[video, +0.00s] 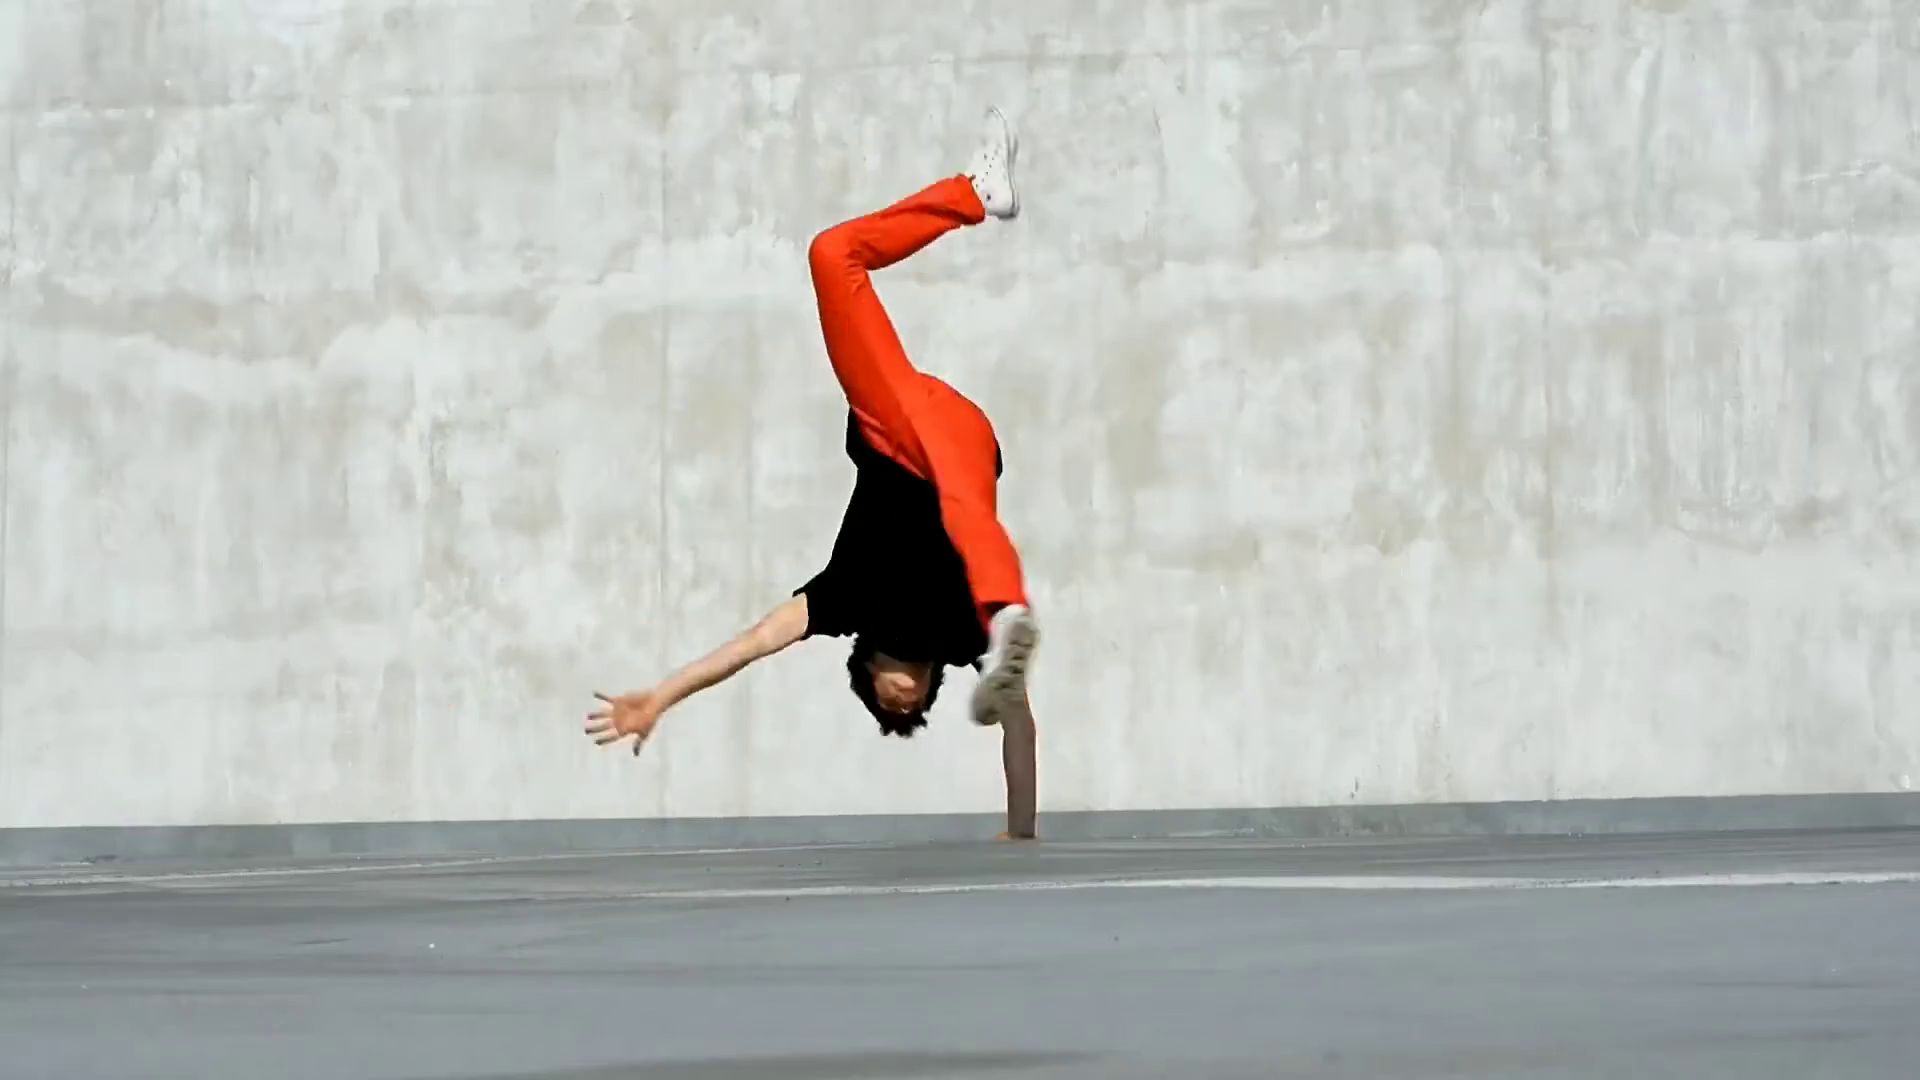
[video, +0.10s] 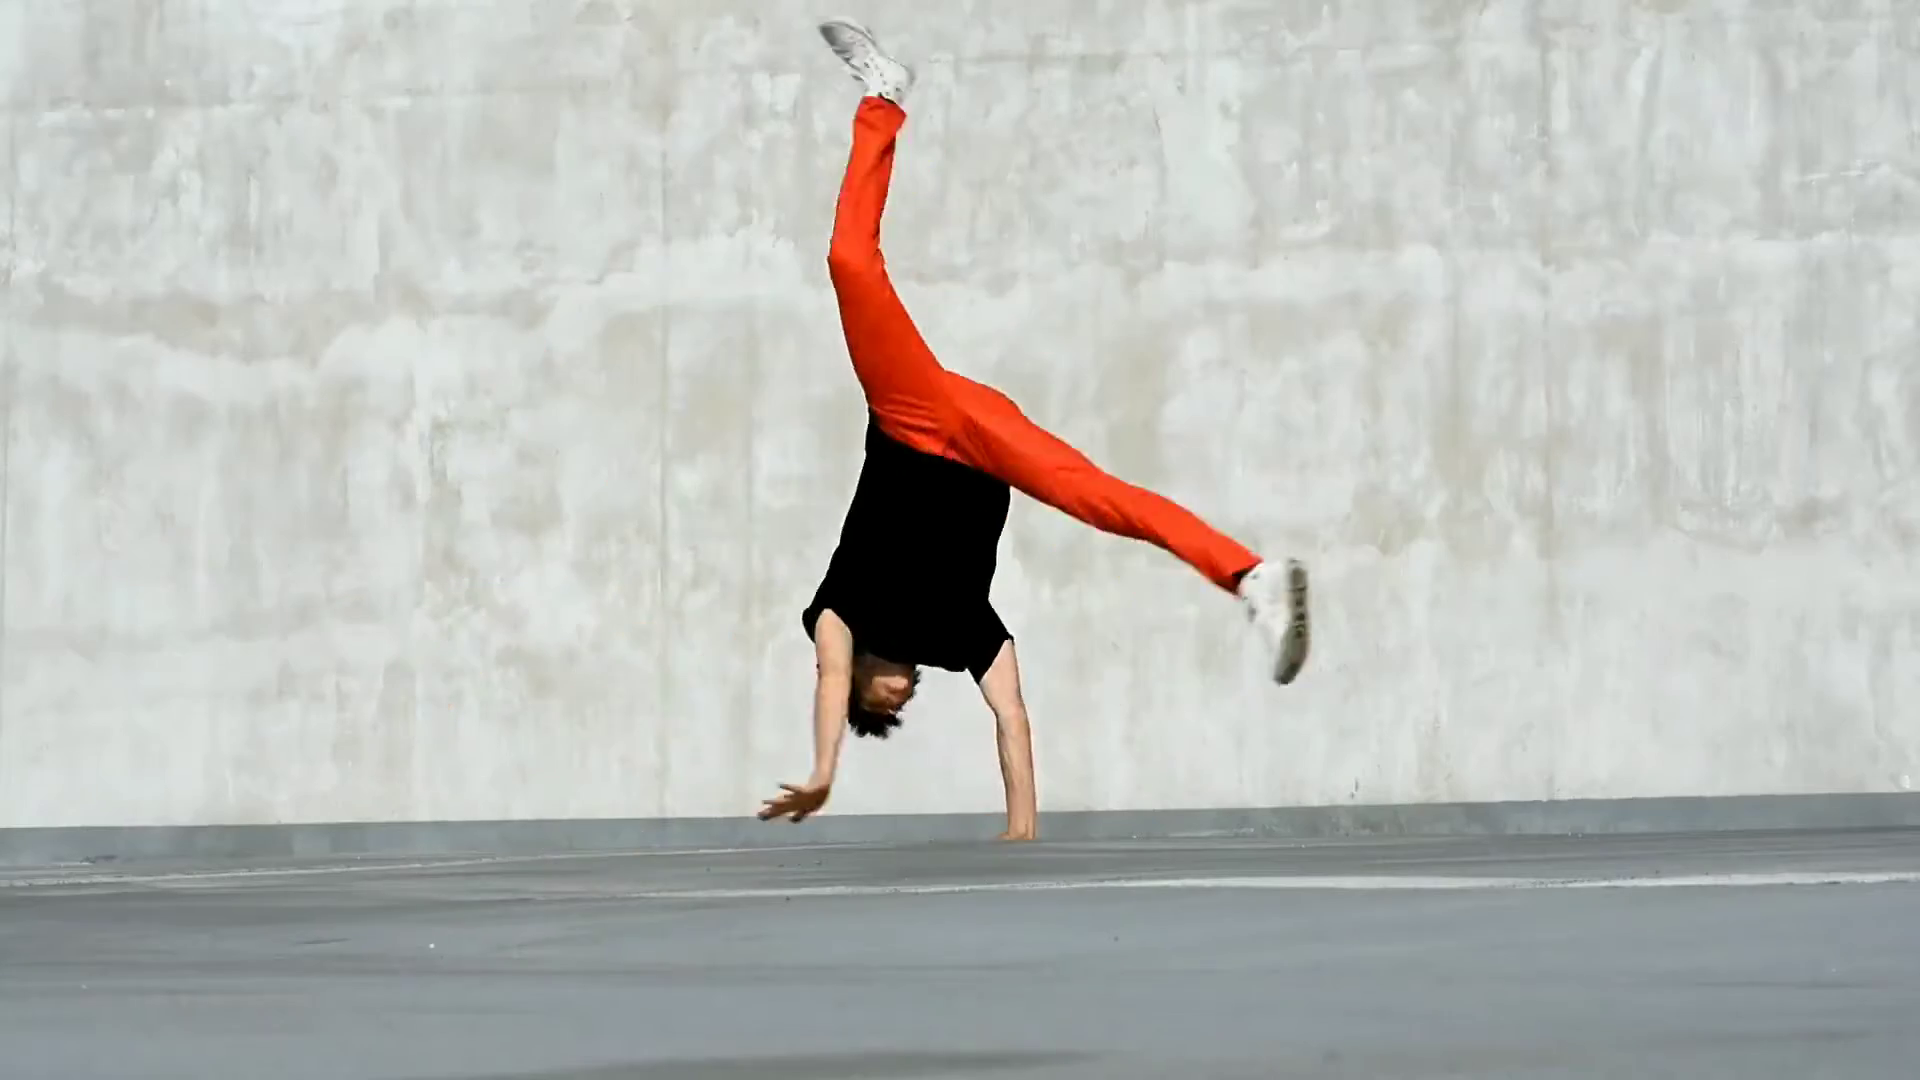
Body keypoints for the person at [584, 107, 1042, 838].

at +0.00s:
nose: (911, 703)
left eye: (895, 705)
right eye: (913, 708)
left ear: (872, 676)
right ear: (923, 681)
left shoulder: (844, 599)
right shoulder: (968, 630)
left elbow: (750, 648)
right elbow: (1018, 728)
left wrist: (656, 701)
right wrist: (1023, 837)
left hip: (882, 408)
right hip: (962, 423)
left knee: (834, 253)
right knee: (969, 510)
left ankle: (974, 194)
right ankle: (1013, 618)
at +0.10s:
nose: (896, 709)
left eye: (881, 712)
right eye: (892, 713)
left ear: (857, 677)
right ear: (901, 685)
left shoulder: (841, 610)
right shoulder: (981, 637)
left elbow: (833, 680)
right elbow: (1010, 728)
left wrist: (821, 777)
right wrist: (1020, 830)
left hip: (908, 409)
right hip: (985, 420)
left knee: (851, 257)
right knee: (1106, 501)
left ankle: (881, 102)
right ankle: (1255, 578)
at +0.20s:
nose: (878, 714)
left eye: (864, 707)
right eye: (867, 712)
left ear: (844, 666)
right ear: (879, 671)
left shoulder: (862, 621)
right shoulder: (968, 634)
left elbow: (896, 708)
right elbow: (1003, 729)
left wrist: (923, 819)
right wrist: (1020, 831)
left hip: (931, 411)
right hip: (998, 418)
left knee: (878, 290)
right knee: (1152, 438)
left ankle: (832, 141)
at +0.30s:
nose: (883, 701)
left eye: (870, 696)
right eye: (874, 703)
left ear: (856, 662)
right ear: (872, 666)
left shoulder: (880, 608)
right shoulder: (949, 632)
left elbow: (916, 709)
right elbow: (990, 718)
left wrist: (930, 823)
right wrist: (1018, 826)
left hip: (930, 389)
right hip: (976, 368)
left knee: (982, 418)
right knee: (1120, 362)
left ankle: (1015, 409)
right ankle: (1242, 257)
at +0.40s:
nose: (891, 681)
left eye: (876, 678)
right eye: (881, 679)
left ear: (869, 650)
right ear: (874, 645)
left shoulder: (911, 613)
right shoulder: (918, 610)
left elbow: (929, 709)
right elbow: (965, 690)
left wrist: (931, 821)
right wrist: (980, 779)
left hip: (976, 385)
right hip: (955, 360)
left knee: (1107, 536)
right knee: (1033, 320)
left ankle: (1255, 669)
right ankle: (1046, 173)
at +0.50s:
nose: (814, 686)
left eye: (827, 681)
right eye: (809, 675)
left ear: (877, 653)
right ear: (836, 614)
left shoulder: (955, 610)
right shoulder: (853, 545)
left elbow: (957, 715)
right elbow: (795, 552)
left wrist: (937, 822)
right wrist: (791, 647)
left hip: (1067, 409)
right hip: (990, 377)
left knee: (1146, 517)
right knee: (931, 277)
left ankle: (1258, 575)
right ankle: (994, 253)